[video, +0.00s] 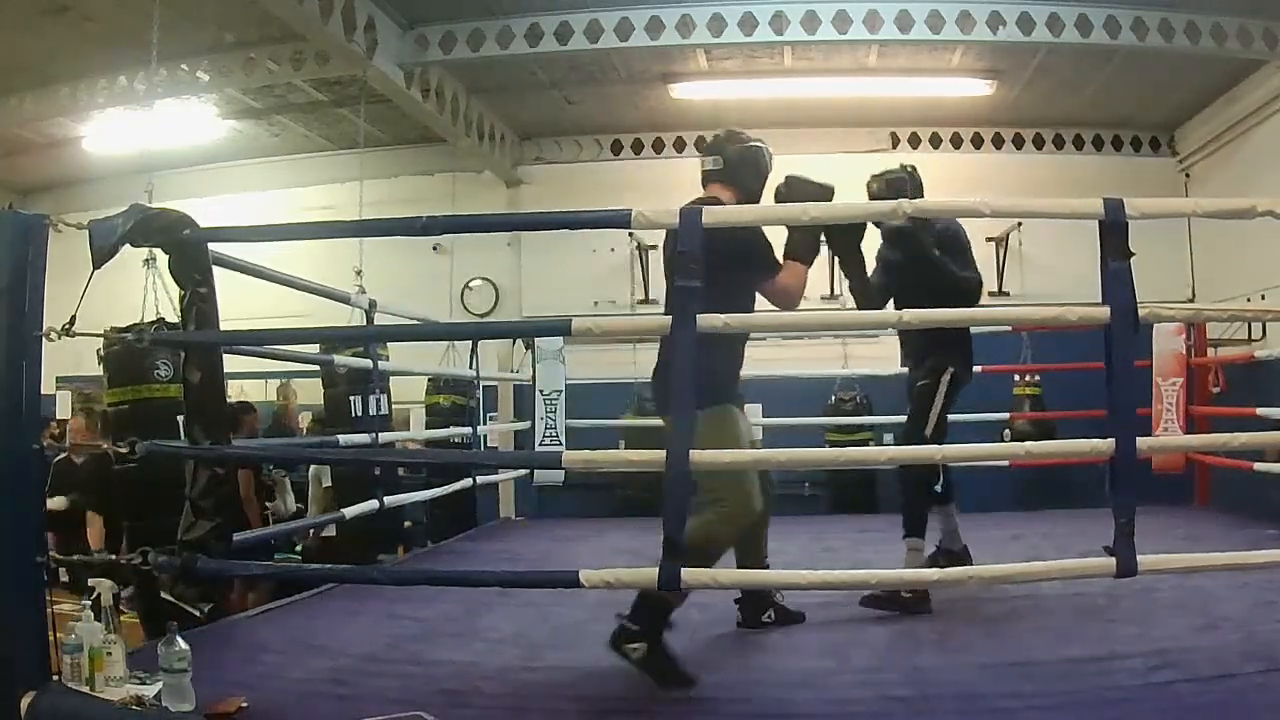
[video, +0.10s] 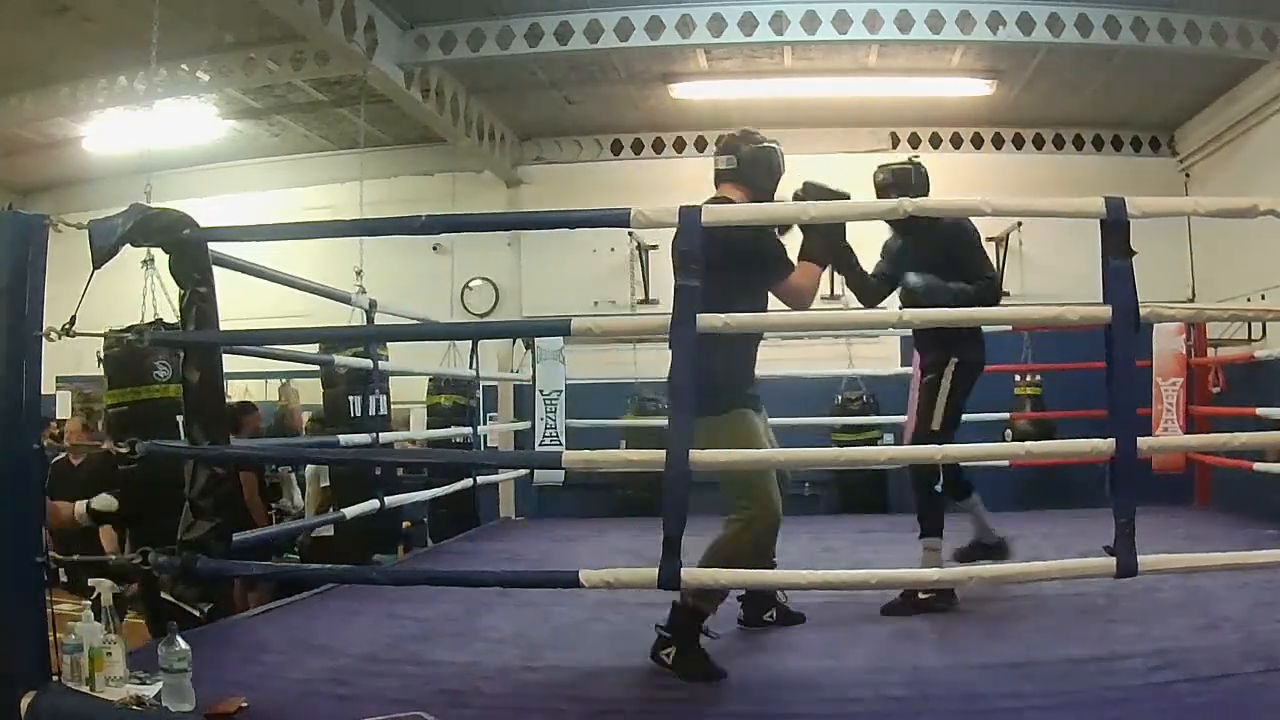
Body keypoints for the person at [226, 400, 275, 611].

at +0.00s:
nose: (257, 427)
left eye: (256, 421)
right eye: (253, 422)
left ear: (236, 427)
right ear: (240, 424)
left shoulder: (226, 449)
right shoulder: (246, 450)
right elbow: (247, 495)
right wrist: (259, 531)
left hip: (232, 526)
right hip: (248, 527)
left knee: (241, 579)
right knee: (264, 578)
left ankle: (237, 627)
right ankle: (256, 626)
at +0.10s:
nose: (259, 427)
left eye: (258, 421)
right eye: (254, 423)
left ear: (238, 426)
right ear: (241, 424)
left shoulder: (229, 448)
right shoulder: (248, 450)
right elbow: (251, 496)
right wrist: (267, 529)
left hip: (234, 525)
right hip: (250, 527)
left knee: (242, 578)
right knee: (261, 578)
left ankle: (242, 626)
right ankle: (260, 627)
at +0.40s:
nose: (271, 428)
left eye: (271, 423)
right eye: (267, 424)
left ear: (244, 428)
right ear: (254, 427)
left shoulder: (240, 449)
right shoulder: (264, 450)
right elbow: (266, 497)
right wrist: (282, 525)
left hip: (243, 521)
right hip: (263, 523)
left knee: (250, 579)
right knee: (268, 579)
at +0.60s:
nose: (279, 428)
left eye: (278, 423)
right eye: (274, 425)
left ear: (250, 430)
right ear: (259, 429)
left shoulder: (244, 452)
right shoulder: (271, 452)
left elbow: (250, 493)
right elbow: (279, 500)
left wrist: (286, 488)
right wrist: (295, 530)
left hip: (249, 521)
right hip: (270, 524)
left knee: (257, 579)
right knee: (275, 580)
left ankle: (252, 626)